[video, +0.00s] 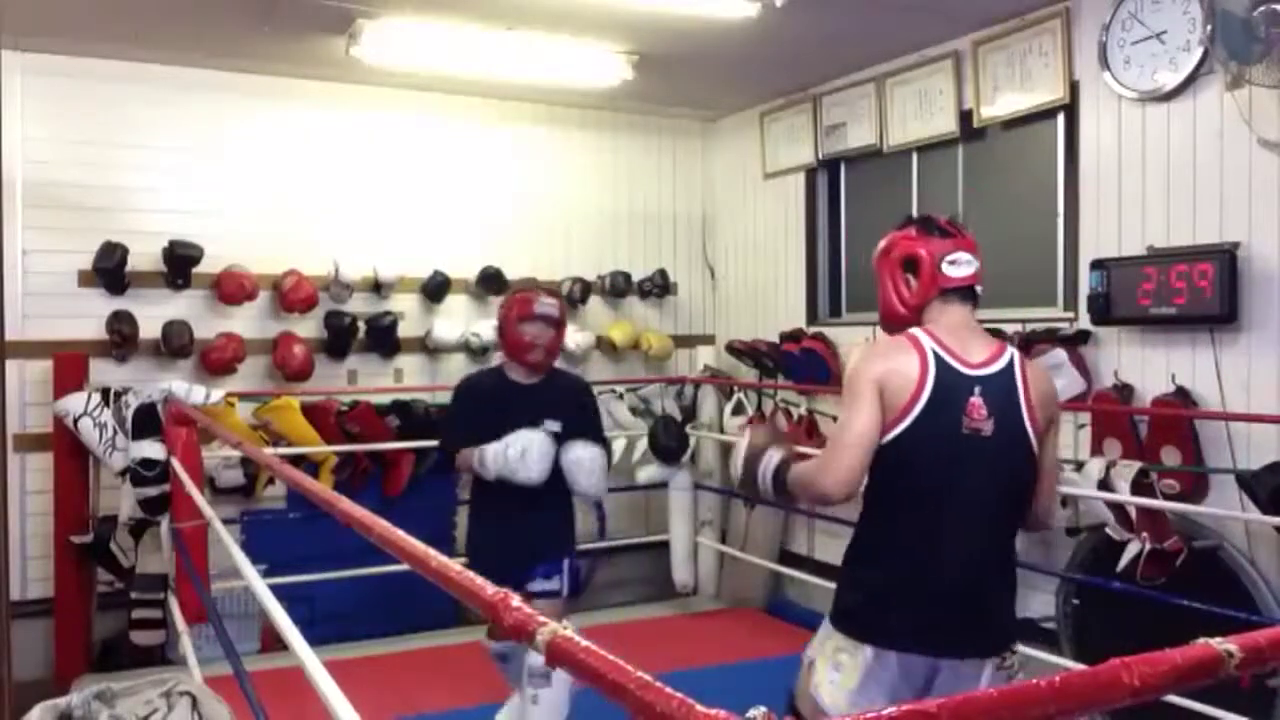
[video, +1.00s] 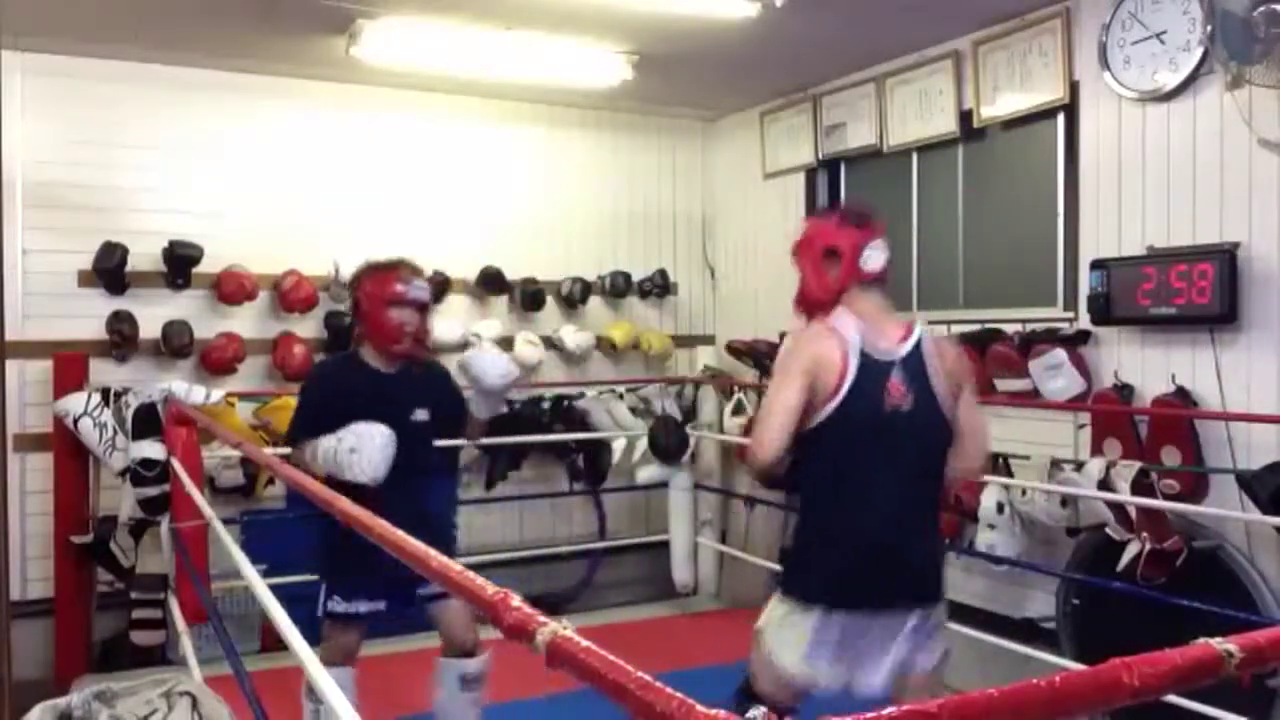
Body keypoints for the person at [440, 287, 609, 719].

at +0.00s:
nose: (538, 338)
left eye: (548, 329)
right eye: (528, 327)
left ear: (560, 337)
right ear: (506, 330)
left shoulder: (573, 390)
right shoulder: (476, 389)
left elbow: (593, 448)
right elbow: (457, 452)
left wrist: (587, 464)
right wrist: (498, 457)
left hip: (550, 526)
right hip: (492, 529)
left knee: (543, 631)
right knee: (501, 636)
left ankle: (544, 708)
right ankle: (527, 696)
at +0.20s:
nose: (545, 329)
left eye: (557, 322)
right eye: (537, 315)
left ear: (569, 332)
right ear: (514, 316)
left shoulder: (574, 388)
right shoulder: (473, 375)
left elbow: (593, 454)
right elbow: (442, 434)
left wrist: (605, 462)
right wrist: (457, 462)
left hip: (541, 531)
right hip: (477, 529)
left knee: (544, 646)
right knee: (450, 642)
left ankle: (543, 709)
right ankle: (507, 692)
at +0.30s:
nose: (541, 326)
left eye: (554, 318)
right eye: (532, 312)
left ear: (566, 329)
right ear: (509, 313)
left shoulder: (573, 386)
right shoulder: (469, 373)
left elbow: (590, 474)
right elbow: (431, 450)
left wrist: (607, 444)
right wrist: (431, 473)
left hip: (535, 534)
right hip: (468, 532)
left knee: (543, 647)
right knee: (426, 631)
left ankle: (542, 713)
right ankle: (452, 713)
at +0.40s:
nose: (533, 321)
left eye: (546, 313)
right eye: (524, 306)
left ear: (557, 325)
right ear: (499, 309)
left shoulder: (567, 384)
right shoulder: (461, 373)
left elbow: (591, 472)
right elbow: (419, 460)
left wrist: (608, 416)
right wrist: (413, 474)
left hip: (527, 537)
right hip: (456, 532)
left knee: (539, 660)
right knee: (410, 641)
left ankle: (538, 714)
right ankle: (394, 713)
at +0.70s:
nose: (472, 327)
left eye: (482, 317)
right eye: (460, 315)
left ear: (491, 323)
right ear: (431, 320)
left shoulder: (502, 384)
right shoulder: (397, 386)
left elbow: (550, 426)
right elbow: (369, 451)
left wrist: (576, 391)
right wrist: (379, 469)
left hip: (483, 538)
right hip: (412, 539)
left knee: (510, 647)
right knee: (368, 645)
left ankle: (527, 714)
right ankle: (337, 718)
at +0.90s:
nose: (422, 328)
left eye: (430, 317)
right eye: (410, 315)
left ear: (438, 323)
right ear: (379, 320)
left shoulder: (447, 385)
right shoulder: (341, 386)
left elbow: (488, 437)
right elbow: (306, 457)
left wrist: (509, 398)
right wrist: (339, 462)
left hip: (434, 544)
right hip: (362, 547)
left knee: (478, 642)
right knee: (344, 652)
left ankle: (505, 712)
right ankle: (324, 713)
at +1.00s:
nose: (410, 319)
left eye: (417, 308)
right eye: (397, 307)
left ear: (426, 314)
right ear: (366, 313)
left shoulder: (433, 378)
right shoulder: (330, 379)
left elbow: (467, 442)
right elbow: (299, 455)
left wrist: (487, 400)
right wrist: (332, 451)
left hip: (427, 536)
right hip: (352, 539)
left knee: (464, 639)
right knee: (341, 647)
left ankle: (459, 712)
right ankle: (319, 714)